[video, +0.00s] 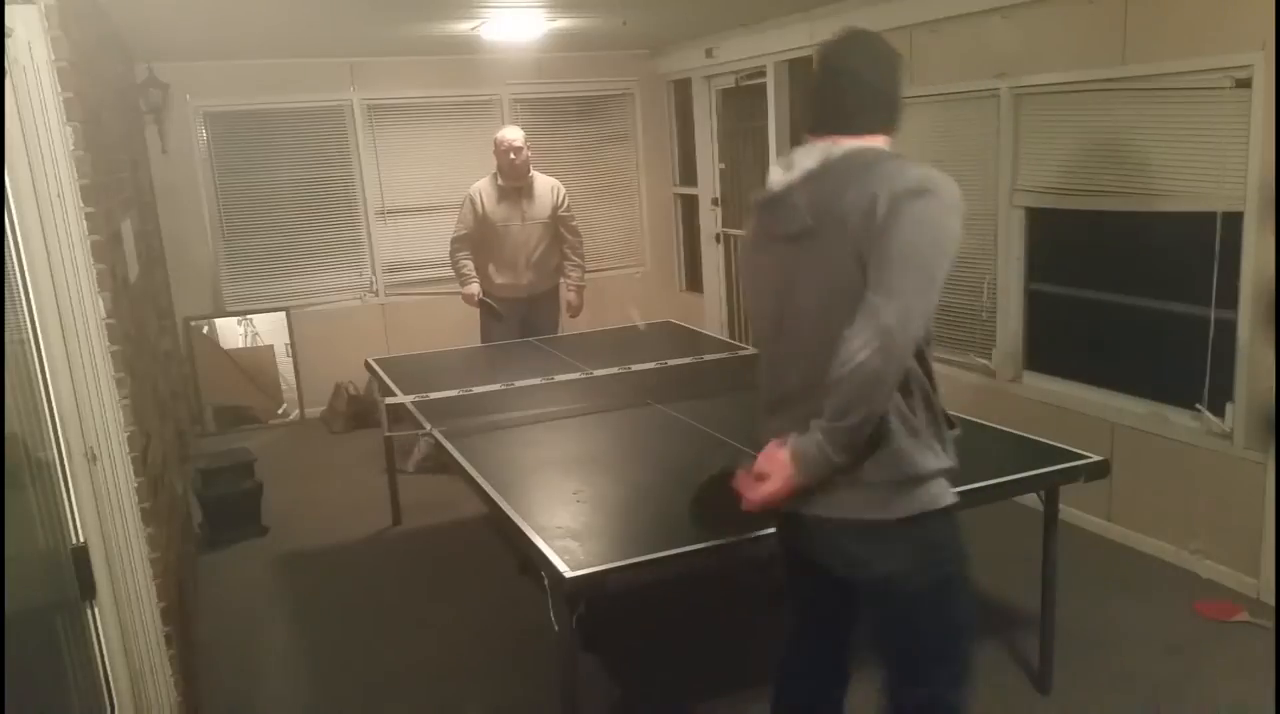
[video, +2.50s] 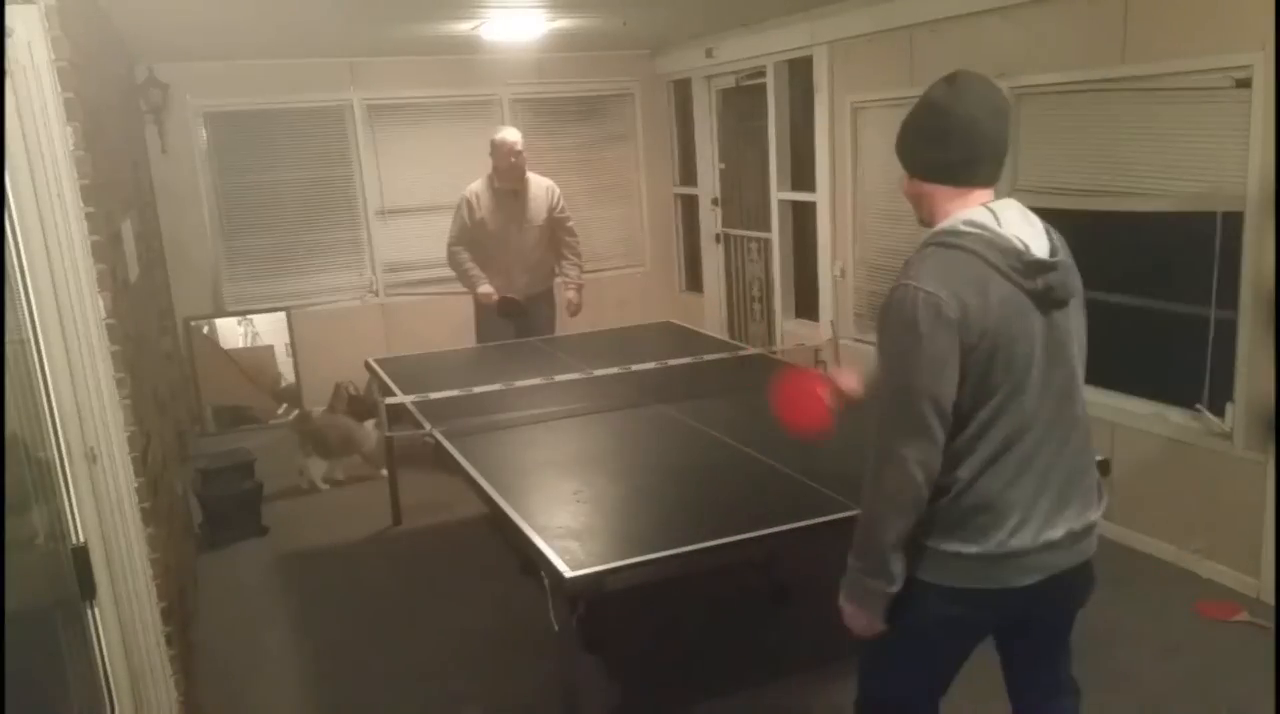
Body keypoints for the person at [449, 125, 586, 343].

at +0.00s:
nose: (512, 157)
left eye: (517, 150)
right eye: (505, 151)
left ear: (528, 151)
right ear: (495, 155)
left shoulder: (552, 189)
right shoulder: (478, 195)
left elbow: (572, 242)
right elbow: (460, 245)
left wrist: (574, 287)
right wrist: (469, 281)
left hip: (543, 299)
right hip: (498, 302)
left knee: (545, 369)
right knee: (500, 372)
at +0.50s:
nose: (541, 177)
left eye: (545, 169)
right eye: (533, 171)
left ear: (549, 165)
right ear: (516, 165)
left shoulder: (557, 197)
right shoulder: (496, 197)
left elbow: (567, 248)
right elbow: (497, 250)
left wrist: (573, 291)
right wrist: (550, 266)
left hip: (545, 296)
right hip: (503, 299)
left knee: (554, 363)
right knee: (506, 367)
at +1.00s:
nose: (525, 157)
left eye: (530, 150)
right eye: (517, 151)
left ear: (538, 153)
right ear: (506, 156)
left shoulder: (555, 192)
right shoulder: (488, 190)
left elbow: (567, 246)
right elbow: (463, 234)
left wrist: (569, 288)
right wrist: (479, 265)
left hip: (546, 295)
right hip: (504, 296)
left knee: (552, 361)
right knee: (509, 364)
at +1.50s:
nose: (495, 153)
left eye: (499, 146)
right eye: (487, 148)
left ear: (512, 147)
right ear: (480, 156)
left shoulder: (540, 184)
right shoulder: (467, 195)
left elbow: (567, 229)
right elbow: (450, 239)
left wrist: (558, 271)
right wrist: (461, 272)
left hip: (534, 295)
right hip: (489, 298)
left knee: (537, 363)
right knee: (495, 366)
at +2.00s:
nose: (492, 154)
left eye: (496, 146)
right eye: (484, 148)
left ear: (505, 150)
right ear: (471, 156)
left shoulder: (528, 182)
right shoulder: (457, 199)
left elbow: (552, 227)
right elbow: (440, 248)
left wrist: (555, 267)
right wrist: (462, 283)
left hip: (539, 294)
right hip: (493, 300)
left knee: (549, 363)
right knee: (499, 369)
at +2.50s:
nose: (514, 161)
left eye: (518, 154)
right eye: (507, 155)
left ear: (524, 154)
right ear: (492, 157)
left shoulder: (547, 191)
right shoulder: (474, 197)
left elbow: (568, 241)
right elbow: (456, 248)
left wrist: (572, 286)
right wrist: (479, 284)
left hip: (538, 301)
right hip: (493, 304)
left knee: (540, 372)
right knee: (496, 372)